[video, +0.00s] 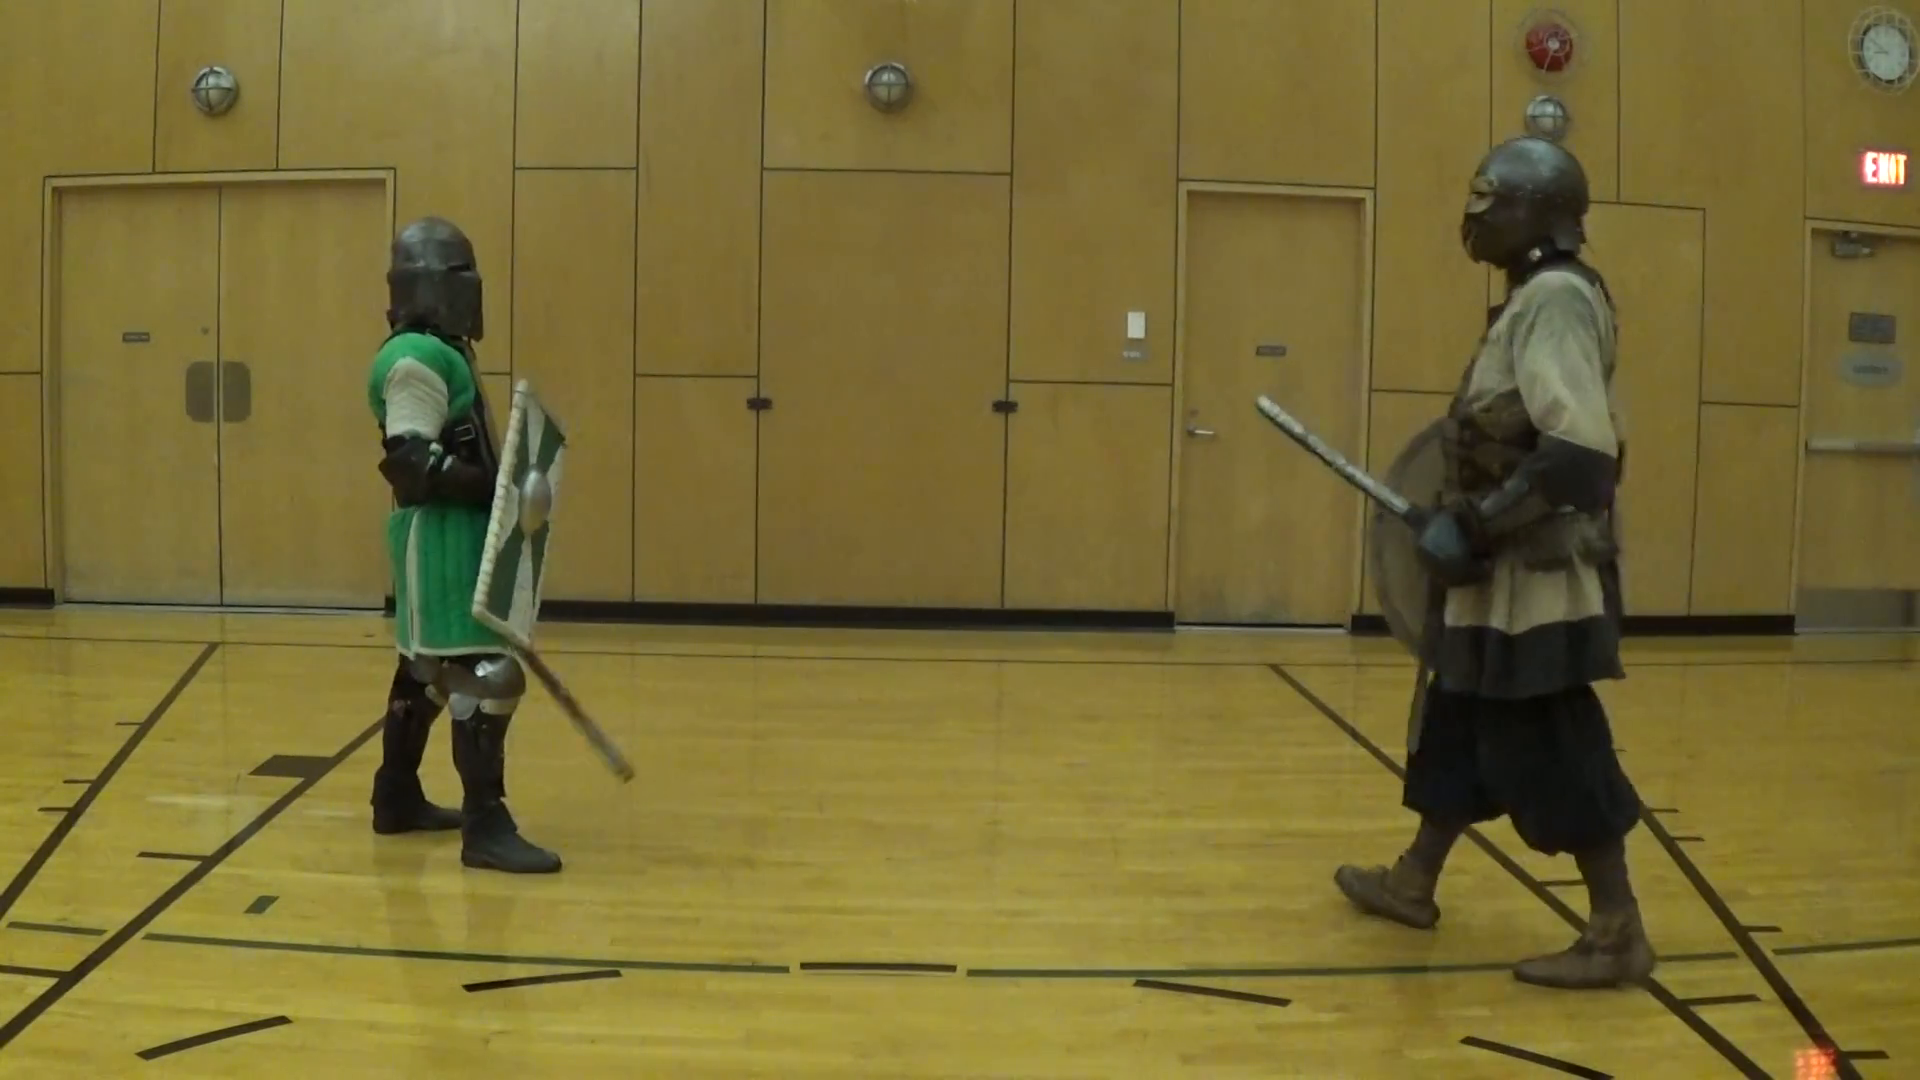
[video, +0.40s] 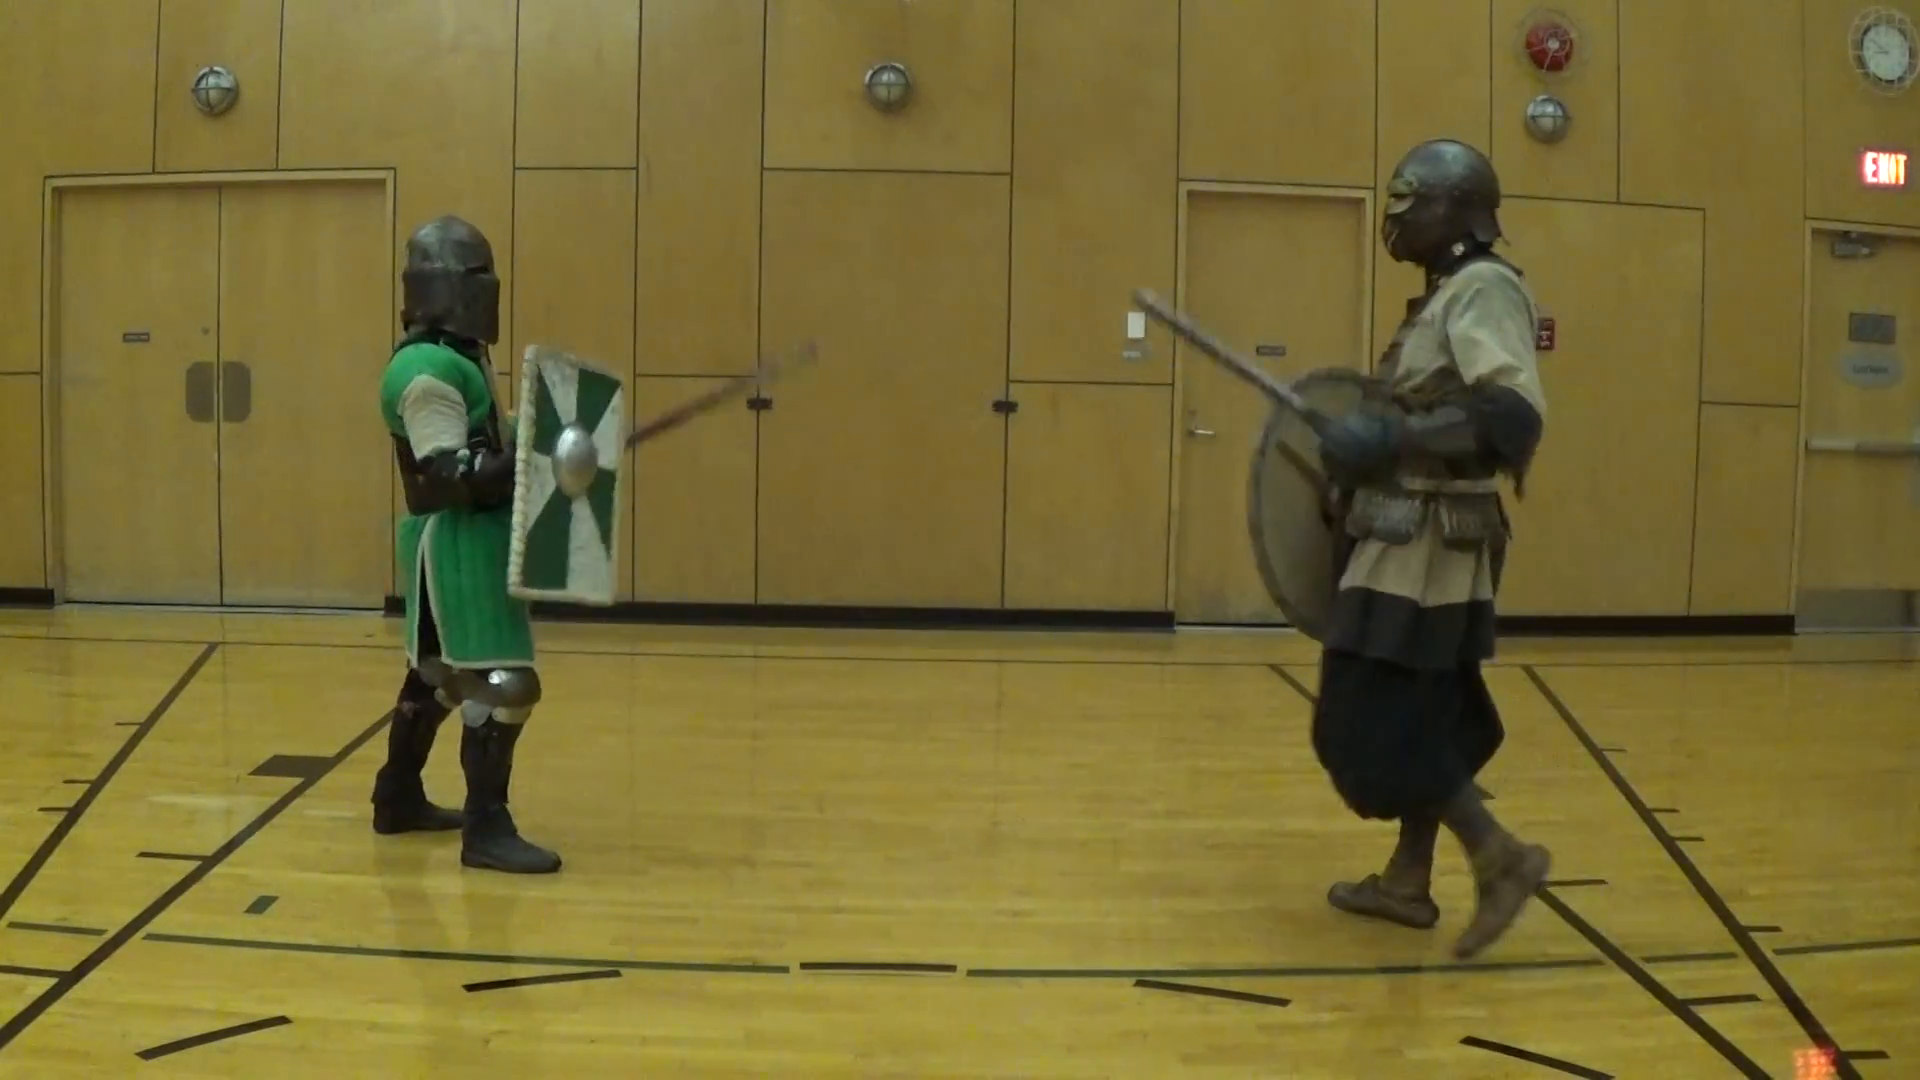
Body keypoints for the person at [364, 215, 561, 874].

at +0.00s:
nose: (472, 291)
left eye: (469, 278)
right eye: (462, 279)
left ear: (415, 289)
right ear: (435, 287)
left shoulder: (439, 354)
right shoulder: (417, 359)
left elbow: (451, 454)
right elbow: (412, 464)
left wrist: (507, 481)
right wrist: (504, 489)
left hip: (441, 528)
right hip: (443, 532)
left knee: (426, 662)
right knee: (488, 672)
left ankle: (397, 794)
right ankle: (487, 828)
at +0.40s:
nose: (489, 290)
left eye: (487, 278)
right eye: (477, 279)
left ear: (433, 291)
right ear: (442, 289)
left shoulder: (458, 362)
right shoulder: (426, 371)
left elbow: (479, 448)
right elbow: (441, 479)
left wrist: (531, 428)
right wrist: (534, 468)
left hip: (456, 533)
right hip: (455, 538)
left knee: (437, 669)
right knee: (504, 683)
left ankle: (398, 793)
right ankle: (488, 830)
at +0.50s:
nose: (498, 288)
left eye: (496, 276)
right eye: (484, 278)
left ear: (442, 294)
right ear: (448, 290)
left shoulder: (471, 361)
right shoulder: (433, 372)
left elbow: (506, 433)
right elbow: (466, 476)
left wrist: (551, 388)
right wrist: (549, 451)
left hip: (481, 530)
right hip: (465, 535)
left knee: (457, 673)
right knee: (507, 686)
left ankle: (403, 790)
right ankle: (488, 831)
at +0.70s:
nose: (521, 290)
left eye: (519, 276)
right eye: (509, 278)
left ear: (465, 291)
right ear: (476, 288)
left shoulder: (497, 357)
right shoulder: (452, 369)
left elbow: (559, 357)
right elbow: (508, 477)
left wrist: (607, 312)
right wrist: (577, 421)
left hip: (515, 529)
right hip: (477, 535)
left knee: (545, 667)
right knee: (507, 681)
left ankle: (448, 774)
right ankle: (487, 831)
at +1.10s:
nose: (575, 294)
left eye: (572, 281)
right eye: (562, 283)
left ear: (522, 296)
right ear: (523, 294)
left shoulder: (550, 360)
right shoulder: (501, 371)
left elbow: (621, 359)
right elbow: (557, 467)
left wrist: (652, 302)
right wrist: (619, 414)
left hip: (547, 531)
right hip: (517, 536)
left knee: (535, 672)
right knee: (587, 680)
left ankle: (473, 798)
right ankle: (543, 816)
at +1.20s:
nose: (598, 303)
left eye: (595, 290)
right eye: (586, 292)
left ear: (542, 299)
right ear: (554, 299)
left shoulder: (564, 363)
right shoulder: (526, 375)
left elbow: (631, 354)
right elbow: (576, 470)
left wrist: (667, 303)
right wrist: (633, 426)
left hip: (555, 539)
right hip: (538, 543)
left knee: (539, 680)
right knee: (601, 684)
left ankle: (473, 800)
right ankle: (614, 834)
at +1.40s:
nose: (659, 318)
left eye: (655, 306)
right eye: (649, 307)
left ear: (597, 316)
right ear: (621, 316)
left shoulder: (622, 376)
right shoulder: (589, 391)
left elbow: (687, 364)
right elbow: (643, 486)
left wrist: (721, 309)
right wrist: (707, 434)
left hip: (595, 556)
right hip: (609, 558)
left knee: (566, 689)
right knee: (671, 696)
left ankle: (477, 796)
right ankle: (689, 842)